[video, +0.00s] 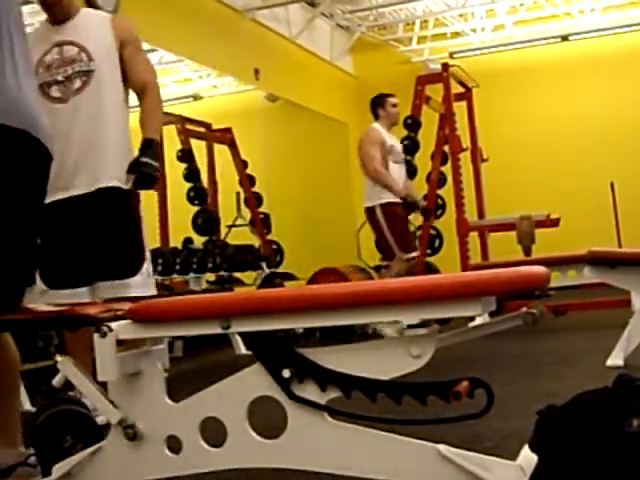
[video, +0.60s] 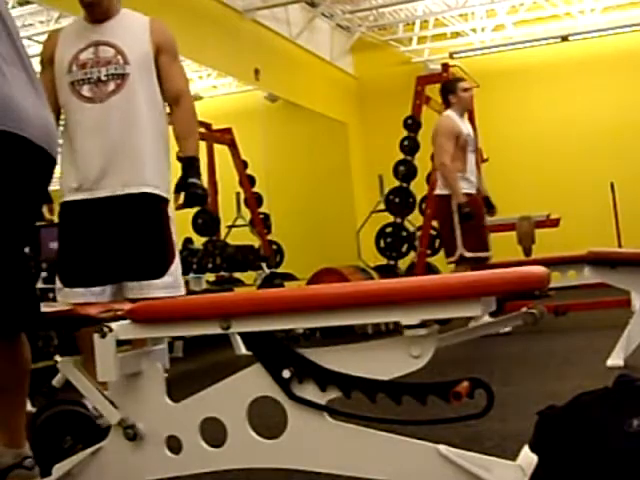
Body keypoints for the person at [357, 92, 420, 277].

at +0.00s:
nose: (398, 110)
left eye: (398, 106)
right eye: (393, 106)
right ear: (380, 110)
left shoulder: (391, 138)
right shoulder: (373, 134)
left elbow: (400, 173)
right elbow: (373, 169)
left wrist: (413, 195)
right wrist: (400, 191)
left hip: (395, 202)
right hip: (381, 202)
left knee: (407, 254)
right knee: (401, 256)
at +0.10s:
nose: (409, 109)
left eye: (408, 104)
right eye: (404, 104)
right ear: (392, 109)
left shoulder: (405, 135)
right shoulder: (384, 133)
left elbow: (410, 172)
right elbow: (384, 169)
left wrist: (425, 188)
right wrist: (415, 188)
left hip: (406, 200)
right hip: (392, 201)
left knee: (399, 258)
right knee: (420, 253)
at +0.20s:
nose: (419, 108)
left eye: (419, 103)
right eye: (414, 104)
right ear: (401, 109)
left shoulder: (414, 136)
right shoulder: (392, 132)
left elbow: (421, 172)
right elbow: (391, 171)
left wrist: (437, 191)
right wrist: (424, 191)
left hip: (414, 200)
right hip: (400, 201)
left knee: (402, 260)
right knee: (426, 256)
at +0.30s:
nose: (433, 107)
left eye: (432, 102)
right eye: (427, 103)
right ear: (415, 109)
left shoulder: (429, 136)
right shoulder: (407, 133)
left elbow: (435, 175)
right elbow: (401, 170)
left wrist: (456, 200)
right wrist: (425, 193)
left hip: (424, 204)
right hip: (412, 204)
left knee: (408, 263)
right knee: (441, 259)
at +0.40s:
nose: (448, 104)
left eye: (447, 99)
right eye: (442, 100)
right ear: (429, 106)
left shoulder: (444, 132)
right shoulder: (421, 130)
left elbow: (451, 169)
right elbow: (420, 169)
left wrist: (461, 197)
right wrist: (431, 201)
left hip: (445, 200)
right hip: (429, 201)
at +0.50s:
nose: (458, 99)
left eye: (457, 94)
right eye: (452, 95)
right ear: (439, 103)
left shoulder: (452, 127)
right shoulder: (433, 129)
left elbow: (457, 166)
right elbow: (431, 167)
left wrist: (466, 196)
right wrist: (438, 200)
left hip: (455, 197)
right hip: (441, 199)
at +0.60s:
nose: (471, 95)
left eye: (471, 90)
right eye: (466, 91)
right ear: (452, 97)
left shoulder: (464, 122)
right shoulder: (447, 122)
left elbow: (473, 162)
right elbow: (442, 162)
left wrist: (482, 192)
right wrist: (459, 196)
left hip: (469, 196)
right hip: (454, 198)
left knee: (479, 258)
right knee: (464, 260)